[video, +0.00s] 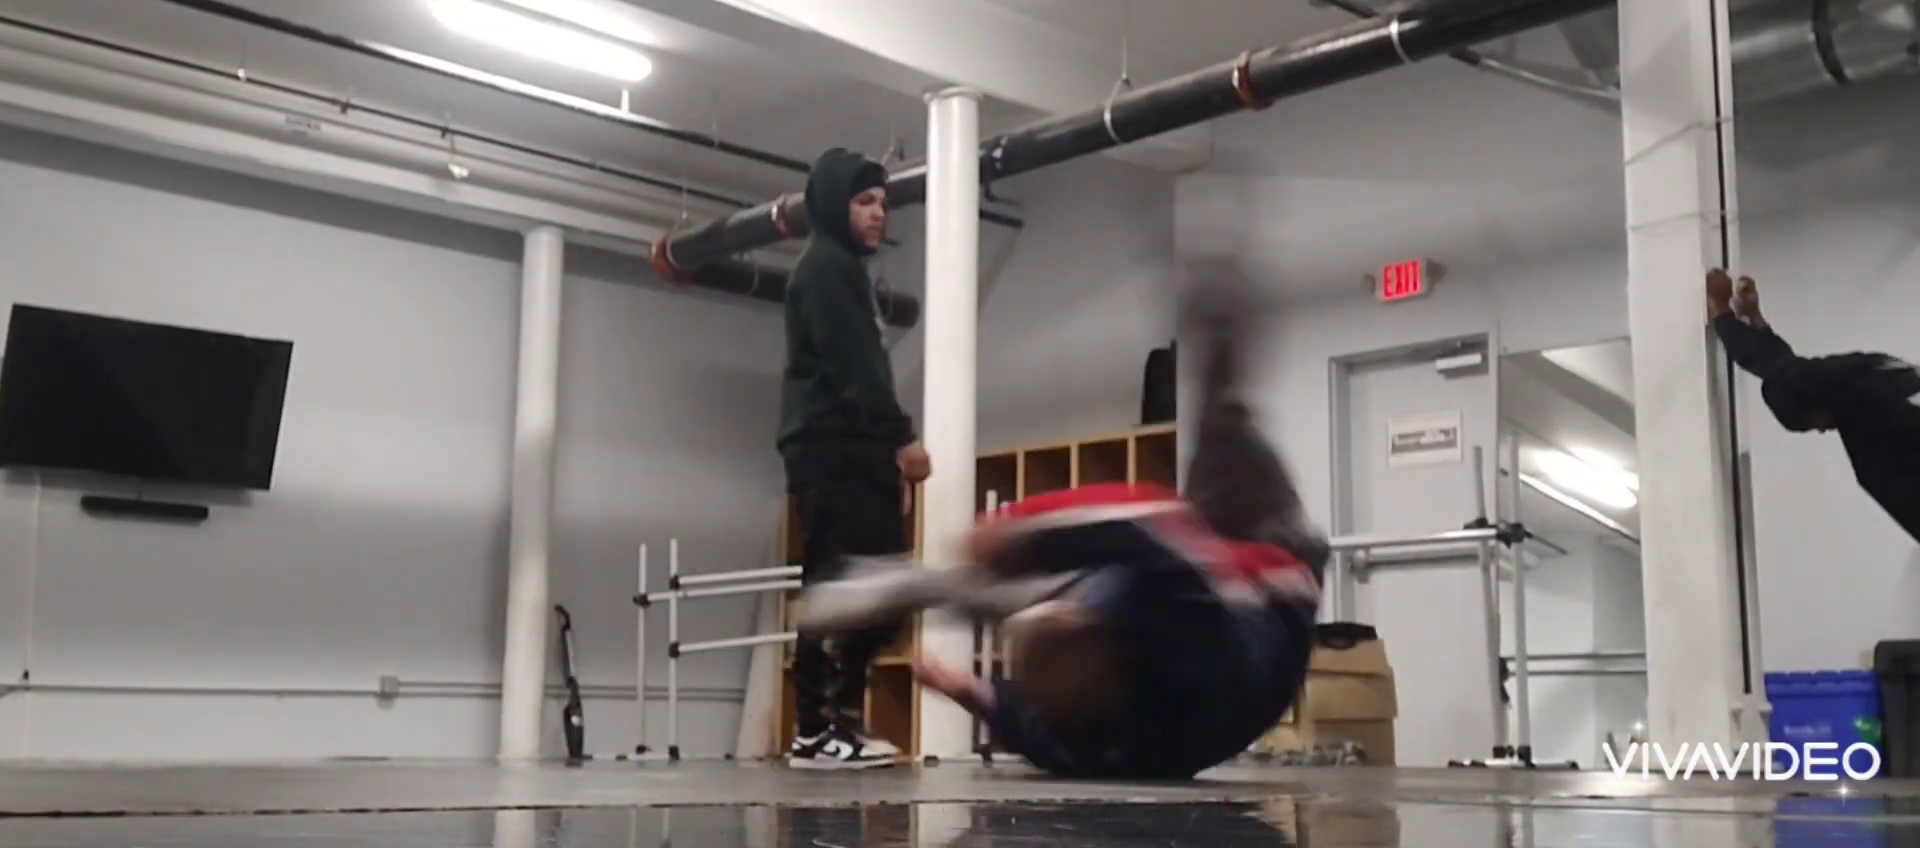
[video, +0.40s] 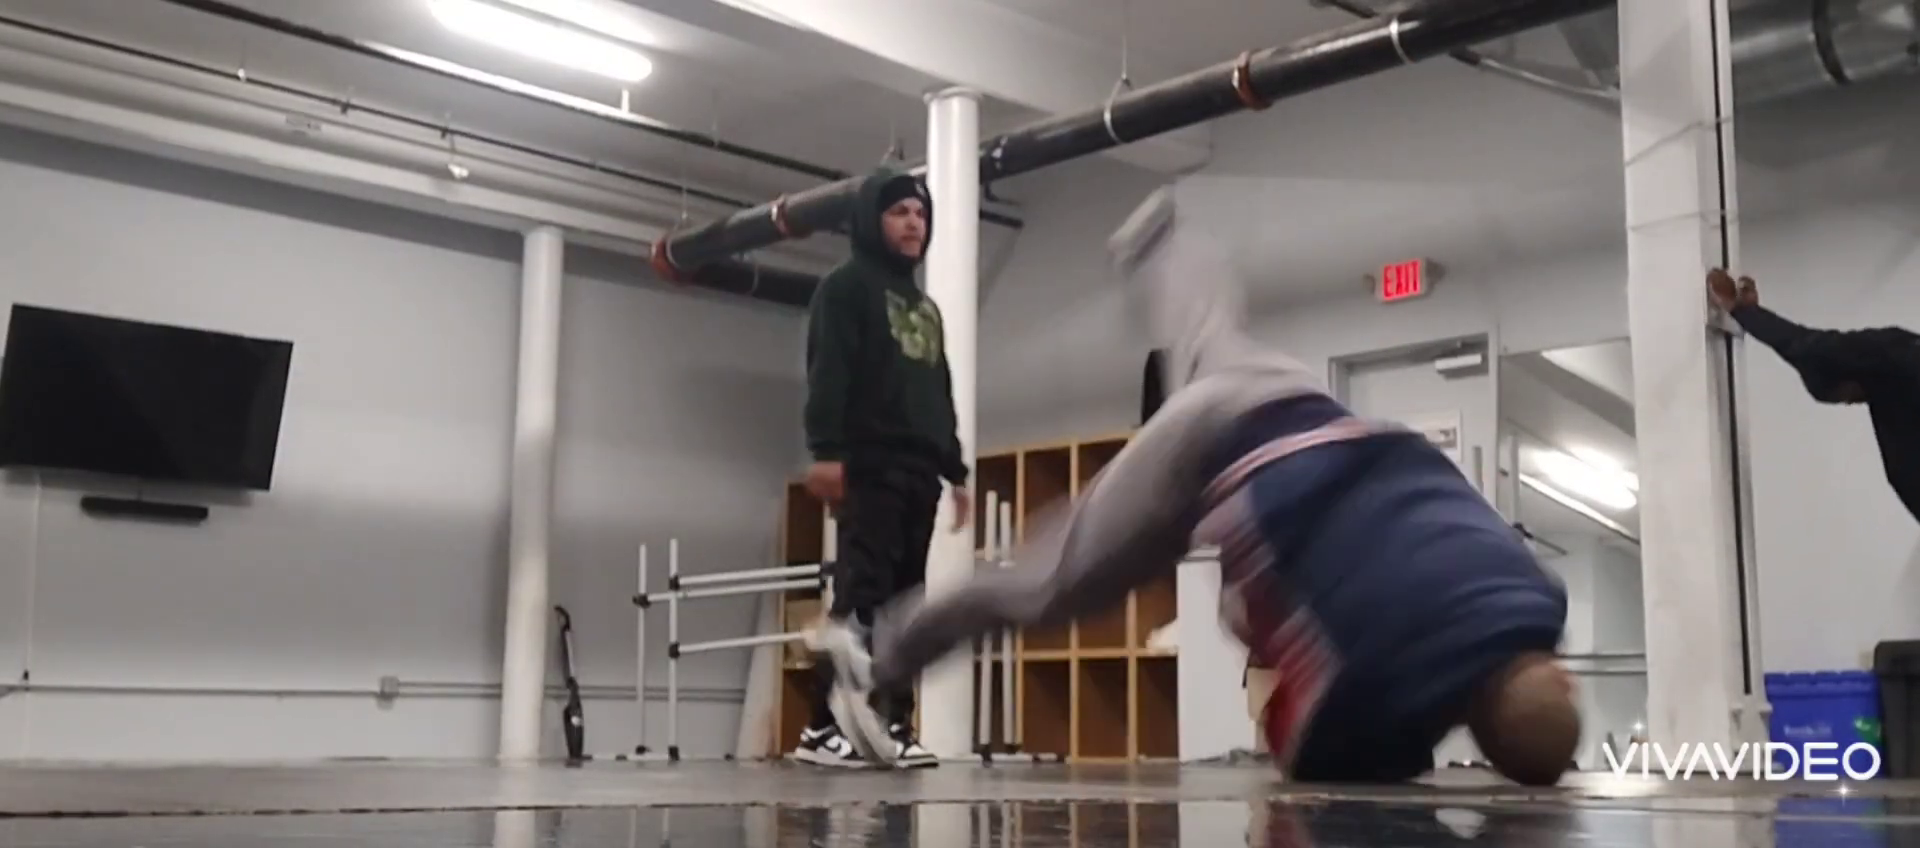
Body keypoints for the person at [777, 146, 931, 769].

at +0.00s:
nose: (879, 214)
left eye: (882, 203)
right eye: (866, 202)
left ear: (878, 209)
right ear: (833, 206)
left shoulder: (837, 265)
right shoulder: (829, 266)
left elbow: (853, 366)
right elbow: (854, 364)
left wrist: (890, 447)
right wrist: (902, 437)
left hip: (844, 447)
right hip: (836, 447)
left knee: (842, 579)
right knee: (855, 580)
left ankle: (832, 724)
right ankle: (827, 725)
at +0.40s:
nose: (914, 225)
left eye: (920, 214)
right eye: (900, 213)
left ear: (927, 225)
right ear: (871, 221)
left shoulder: (924, 307)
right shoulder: (845, 286)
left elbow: (940, 395)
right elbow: (828, 371)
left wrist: (956, 474)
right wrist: (825, 452)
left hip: (921, 463)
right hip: (867, 460)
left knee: (904, 593)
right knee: (861, 590)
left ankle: (892, 721)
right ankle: (828, 724)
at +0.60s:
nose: (923, 230)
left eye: (931, 220)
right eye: (910, 218)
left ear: (939, 232)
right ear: (881, 224)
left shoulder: (939, 312)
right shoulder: (846, 287)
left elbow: (963, 398)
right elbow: (817, 372)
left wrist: (988, 473)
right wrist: (810, 455)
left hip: (923, 469)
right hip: (862, 462)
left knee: (906, 598)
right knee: (860, 593)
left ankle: (892, 727)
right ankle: (853, 728)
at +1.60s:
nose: (822, 223)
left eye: (830, 213)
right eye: (809, 213)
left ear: (841, 223)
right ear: (785, 223)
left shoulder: (868, 301)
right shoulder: (749, 297)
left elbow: (889, 385)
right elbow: (723, 384)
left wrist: (902, 459)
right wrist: (711, 470)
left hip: (849, 472)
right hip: (775, 472)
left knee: (866, 601)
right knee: (773, 606)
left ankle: (877, 726)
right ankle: (782, 730)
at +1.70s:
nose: (814, 223)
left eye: (822, 213)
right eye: (801, 212)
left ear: (834, 223)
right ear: (776, 221)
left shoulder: (861, 301)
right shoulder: (738, 297)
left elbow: (879, 386)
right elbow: (706, 382)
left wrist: (881, 460)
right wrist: (690, 464)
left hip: (842, 471)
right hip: (769, 470)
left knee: (855, 597)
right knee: (770, 605)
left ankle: (859, 723)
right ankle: (782, 729)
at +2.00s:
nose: (797, 217)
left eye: (805, 208)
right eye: (784, 206)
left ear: (815, 219)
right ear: (758, 217)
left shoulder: (844, 294)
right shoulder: (721, 295)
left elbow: (869, 379)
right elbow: (696, 383)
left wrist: (878, 455)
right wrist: (684, 464)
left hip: (818, 463)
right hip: (749, 463)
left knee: (798, 581)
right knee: (752, 591)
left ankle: (793, 722)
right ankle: (775, 717)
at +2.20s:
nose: (786, 210)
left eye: (796, 202)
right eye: (774, 200)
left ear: (807, 216)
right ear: (750, 211)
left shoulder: (836, 292)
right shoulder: (711, 292)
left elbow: (862, 379)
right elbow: (694, 384)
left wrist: (872, 461)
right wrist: (699, 464)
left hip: (806, 463)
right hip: (735, 465)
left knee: (785, 588)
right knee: (743, 595)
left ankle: (760, 722)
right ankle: (773, 723)